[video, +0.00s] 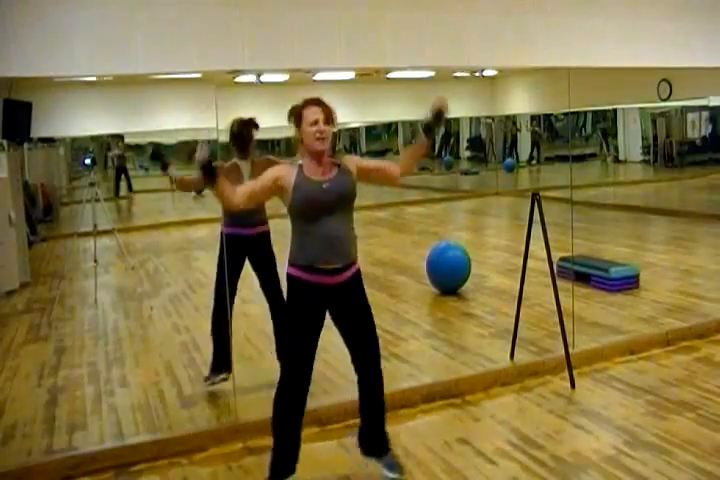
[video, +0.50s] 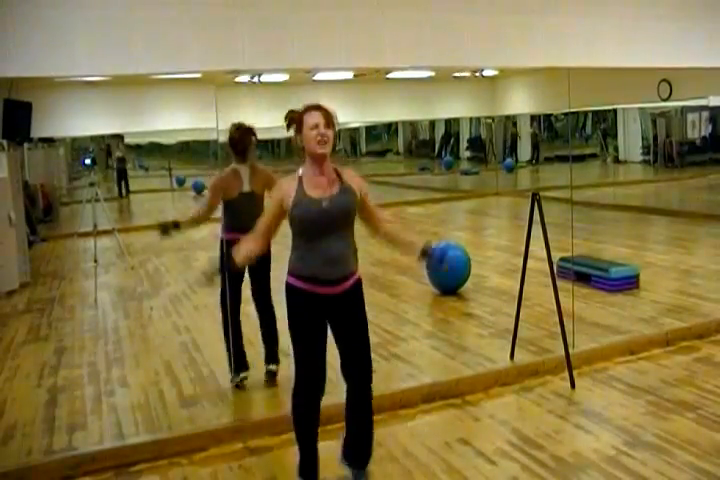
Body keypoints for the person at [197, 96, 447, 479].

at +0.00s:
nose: (322, 129)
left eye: (326, 122)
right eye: (313, 124)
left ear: (334, 128)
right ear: (298, 132)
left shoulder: (348, 167)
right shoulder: (283, 174)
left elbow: (399, 170)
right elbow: (237, 201)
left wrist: (430, 132)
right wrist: (213, 173)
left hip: (347, 281)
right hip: (305, 283)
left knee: (369, 364)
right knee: (295, 378)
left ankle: (375, 446)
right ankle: (281, 469)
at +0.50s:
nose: (321, 133)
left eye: (326, 127)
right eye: (314, 128)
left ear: (334, 133)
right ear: (300, 137)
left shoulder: (351, 181)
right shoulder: (287, 188)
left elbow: (380, 225)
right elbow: (261, 234)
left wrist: (422, 248)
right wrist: (243, 251)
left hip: (347, 289)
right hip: (304, 292)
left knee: (360, 377)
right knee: (310, 382)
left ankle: (357, 460)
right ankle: (308, 466)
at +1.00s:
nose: (324, 153)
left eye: (330, 147)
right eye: (317, 148)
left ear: (338, 154)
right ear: (304, 157)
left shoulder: (352, 184)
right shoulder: (292, 193)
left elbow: (386, 145)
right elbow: (245, 162)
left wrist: (380, 92)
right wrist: (254, 107)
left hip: (352, 308)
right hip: (308, 311)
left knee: (384, 384)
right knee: (285, 400)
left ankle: (403, 457)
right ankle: (262, 475)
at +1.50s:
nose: (321, 154)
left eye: (325, 147)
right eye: (313, 148)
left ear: (331, 153)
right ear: (298, 157)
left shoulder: (343, 197)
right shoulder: (286, 205)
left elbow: (353, 257)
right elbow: (278, 267)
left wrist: (373, 308)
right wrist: (268, 323)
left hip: (346, 314)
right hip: (305, 316)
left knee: (353, 399)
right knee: (311, 399)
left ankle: (339, 465)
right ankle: (310, 470)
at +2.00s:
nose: (317, 169)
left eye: (321, 163)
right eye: (309, 164)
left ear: (329, 170)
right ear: (297, 174)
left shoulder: (342, 199)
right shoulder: (288, 208)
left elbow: (373, 152)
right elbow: (247, 170)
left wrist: (354, 108)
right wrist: (266, 125)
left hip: (348, 323)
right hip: (303, 327)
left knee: (384, 390)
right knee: (278, 410)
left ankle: (395, 456)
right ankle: (259, 476)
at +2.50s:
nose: (315, 134)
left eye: (319, 127)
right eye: (307, 129)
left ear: (327, 133)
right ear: (293, 136)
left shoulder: (341, 176)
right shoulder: (282, 183)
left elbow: (363, 226)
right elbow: (266, 235)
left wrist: (403, 235)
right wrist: (251, 258)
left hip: (342, 286)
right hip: (300, 288)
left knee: (349, 370)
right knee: (304, 375)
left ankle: (338, 453)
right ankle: (307, 465)